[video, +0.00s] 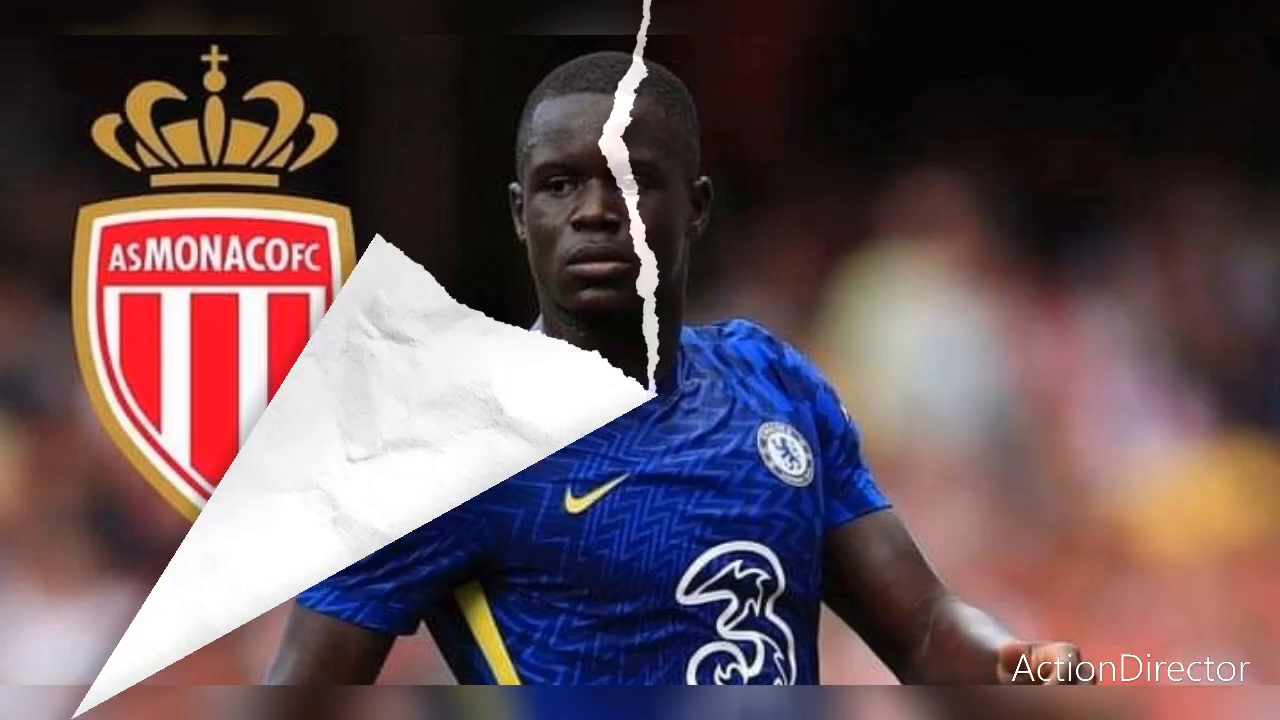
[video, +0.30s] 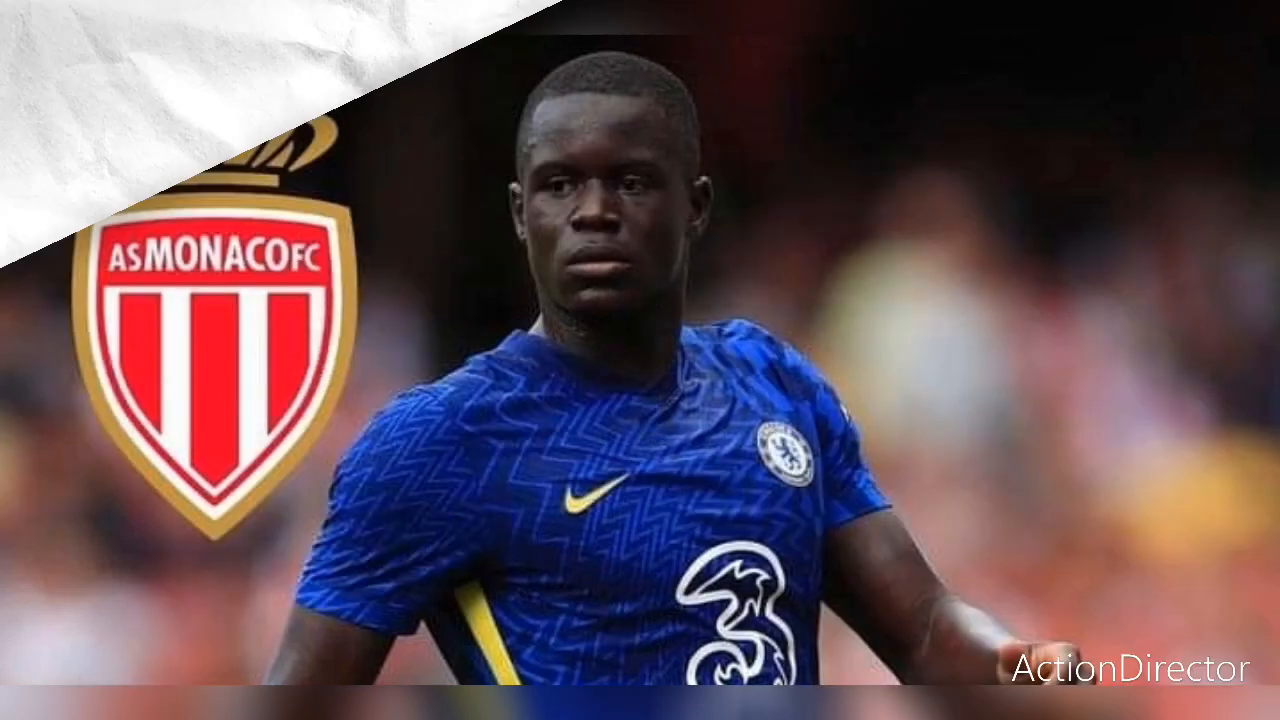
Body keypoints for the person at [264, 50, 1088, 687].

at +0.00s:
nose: (600, 209)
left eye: (636, 177)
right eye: (562, 180)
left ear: (698, 206)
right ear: (520, 213)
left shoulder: (770, 384)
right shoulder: (453, 430)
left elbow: (920, 625)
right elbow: (302, 688)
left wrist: (1021, 673)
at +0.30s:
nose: (596, 210)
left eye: (633, 179)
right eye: (560, 181)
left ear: (697, 207)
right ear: (522, 215)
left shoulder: (770, 385)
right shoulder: (433, 445)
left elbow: (920, 625)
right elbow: (301, 691)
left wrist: (1019, 674)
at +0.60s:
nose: (596, 210)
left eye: (633, 178)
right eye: (560, 181)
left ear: (696, 207)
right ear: (522, 215)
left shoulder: (770, 385)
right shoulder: (433, 444)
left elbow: (921, 625)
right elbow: (301, 691)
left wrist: (1020, 674)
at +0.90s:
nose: (596, 210)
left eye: (633, 178)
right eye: (560, 181)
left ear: (696, 207)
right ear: (522, 215)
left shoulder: (770, 385)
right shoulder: (433, 444)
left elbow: (921, 625)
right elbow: (301, 691)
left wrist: (1020, 674)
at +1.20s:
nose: (596, 210)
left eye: (633, 178)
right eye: (560, 181)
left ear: (697, 207)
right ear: (522, 215)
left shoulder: (770, 385)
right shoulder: (433, 444)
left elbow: (921, 625)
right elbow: (301, 691)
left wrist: (1020, 674)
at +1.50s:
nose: (596, 210)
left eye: (633, 178)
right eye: (560, 181)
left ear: (696, 207)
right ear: (522, 215)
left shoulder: (770, 385)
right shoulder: (434, 444)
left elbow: (921, 625)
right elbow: (301, 691)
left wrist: (1017, 673)